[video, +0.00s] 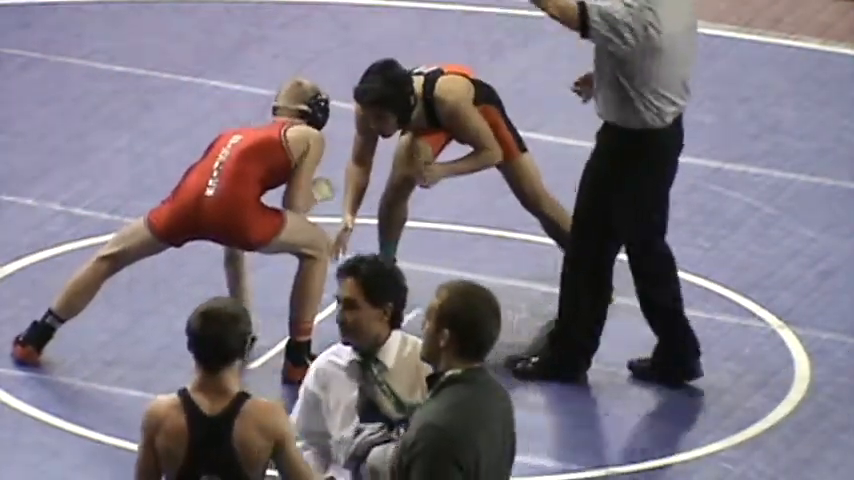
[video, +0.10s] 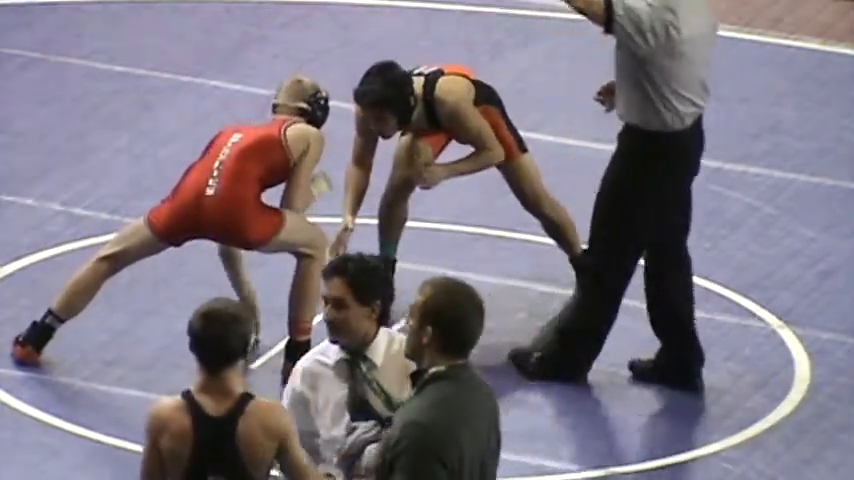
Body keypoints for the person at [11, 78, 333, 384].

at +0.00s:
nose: (321, 131)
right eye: (323, 123)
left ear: (278, 111)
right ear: (316, 117)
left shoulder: (238, 135)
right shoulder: (311, 136)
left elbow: (234, 239)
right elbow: (294, 209)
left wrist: (241, 319)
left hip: (182, 211)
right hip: (239, 218)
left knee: (108, 259)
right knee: (319, 246)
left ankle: (34, 339)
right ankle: (298, 358)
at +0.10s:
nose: (319, 130)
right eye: (321, 122)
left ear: (278, 108)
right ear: (316, 115)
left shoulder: (237, 133)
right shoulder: (310, 135)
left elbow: (226, 239)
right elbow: (293, 209)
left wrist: (247, 302)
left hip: (182, 210)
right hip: (239, 218)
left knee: (106, 261)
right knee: (316, 245)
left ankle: (34, 339)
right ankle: (297, 361)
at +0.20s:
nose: (318, 127)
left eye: (283, 99)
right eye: (322, 119)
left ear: (280, 106)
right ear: (316, 113)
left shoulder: (238, 129)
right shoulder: (310, 136)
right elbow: (291, 208)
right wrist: (289, 248)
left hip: (182, 209)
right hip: (238, 219)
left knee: (108, 260)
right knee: (314, 245)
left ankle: (35, 338)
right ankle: (300, 351)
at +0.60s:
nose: (283, 94)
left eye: (274, 84)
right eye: (284, 87)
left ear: (245, 75)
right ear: (279, 89)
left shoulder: (219, 95)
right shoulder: (259, 122)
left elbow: (287, 114)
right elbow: (232, 200)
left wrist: (350, 102)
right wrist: (266, 169)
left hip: (124, 195)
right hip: (174, 206)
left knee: (93, 252)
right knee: (260, 249)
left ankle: (22, 327)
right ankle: (284, 350)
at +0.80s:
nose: (243, 83)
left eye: (243, 76)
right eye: (244, 76)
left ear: (202, 57)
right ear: (238, 74)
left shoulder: (166, 79)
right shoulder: (215, 87)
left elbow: (142, 157)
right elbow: (221, 155)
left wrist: (199, 186)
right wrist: (248, 123)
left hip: (77, 166)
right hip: (120, 174)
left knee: (72, 240)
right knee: (212, 237)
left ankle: (14, 327)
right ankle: (186, 346)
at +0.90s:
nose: (243, 90)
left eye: (244, 84)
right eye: (244, 84)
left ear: (206, 62)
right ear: (239, 82)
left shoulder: (163, 77)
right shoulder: (216, 92)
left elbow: (108, 130)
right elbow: (245, 151)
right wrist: (266, 122)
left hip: (68, 164)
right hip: (109, 171)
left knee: (69, 243)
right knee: (192, 257)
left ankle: (13, 329)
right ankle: (162, 367)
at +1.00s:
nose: (244, 89)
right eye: (247, 82)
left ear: (208, 61)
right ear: (243, 81)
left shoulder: (171, 75)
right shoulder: (216, 104)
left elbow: (150, 148)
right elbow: (218, 182)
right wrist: (252, 155)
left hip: (67, 166)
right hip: (111, 178)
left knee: (56, 229)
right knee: (205, 246)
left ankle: (11, 321)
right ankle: (198, 356)